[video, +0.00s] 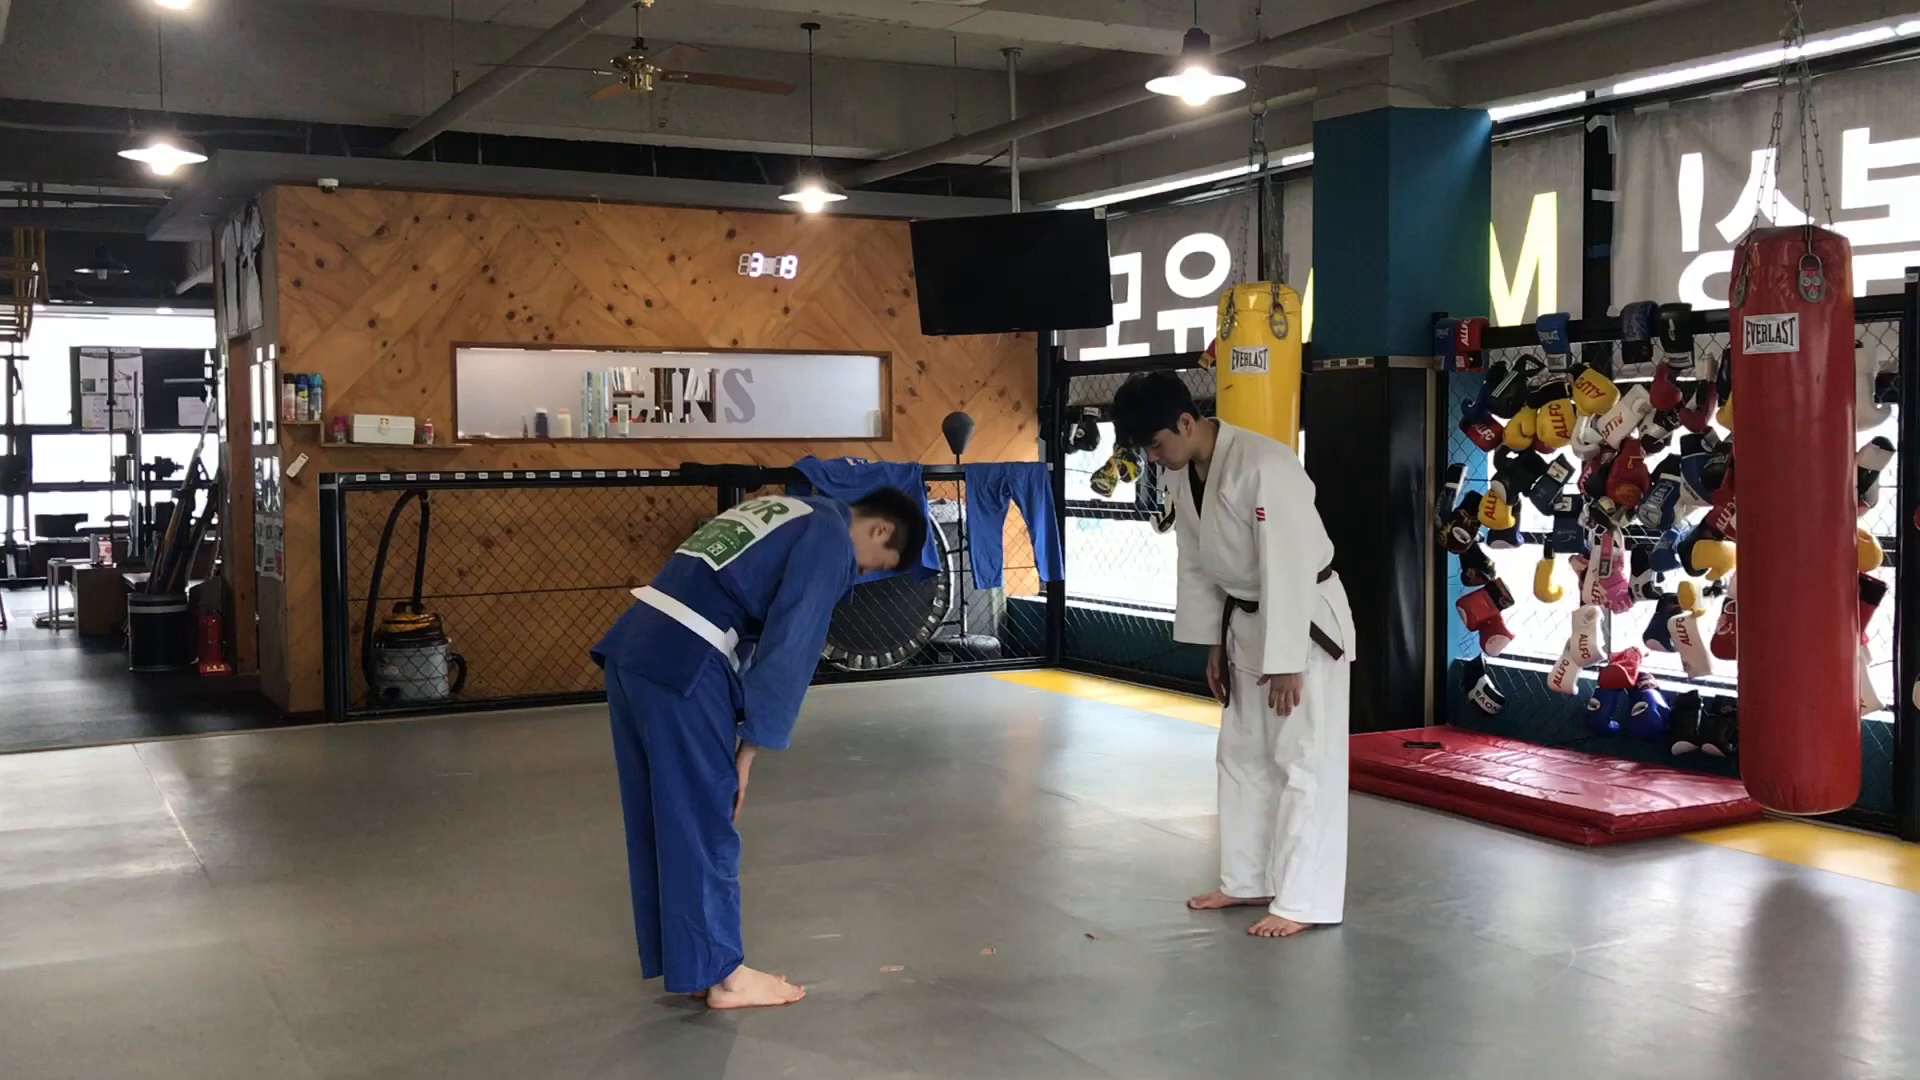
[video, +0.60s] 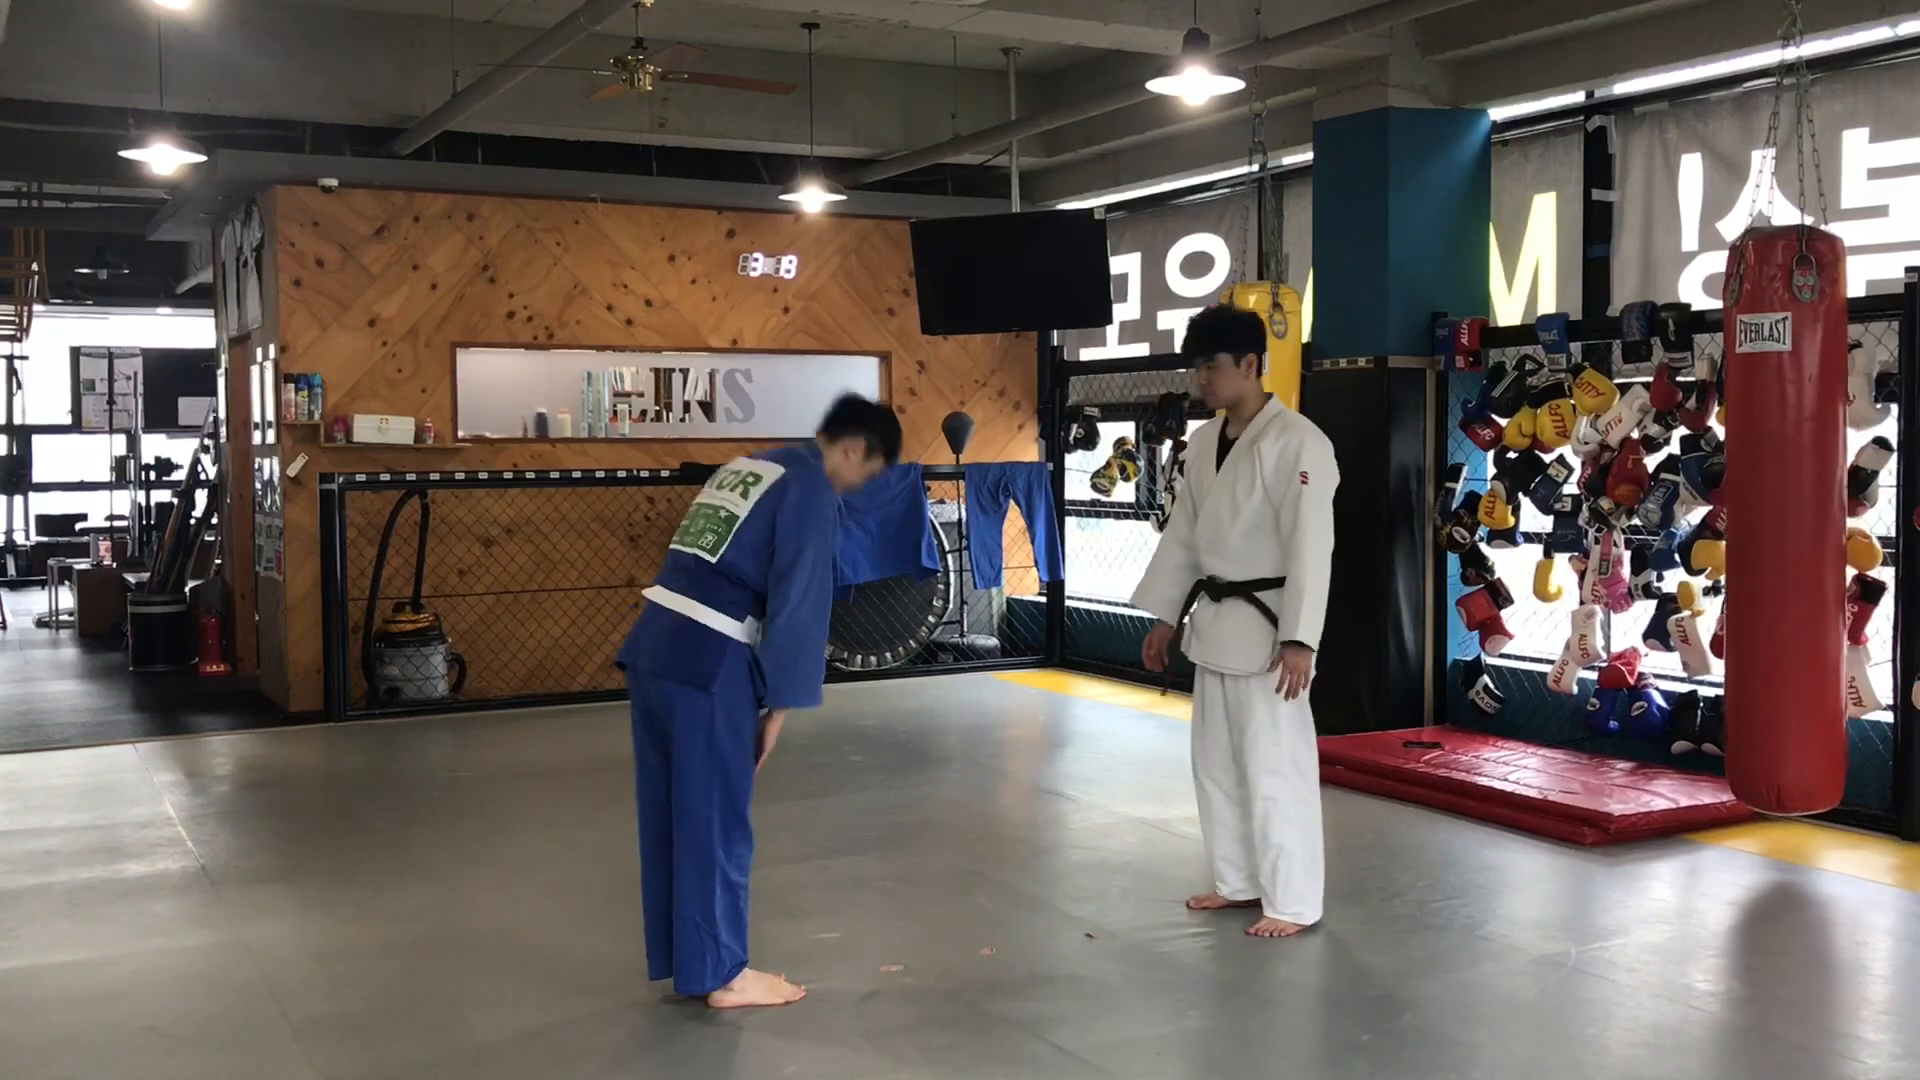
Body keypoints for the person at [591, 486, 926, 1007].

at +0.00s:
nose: (865, 573)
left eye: (879, 570)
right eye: (880, 562)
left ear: (868, 515)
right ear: (880, 528)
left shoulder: (779, 506)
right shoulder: (829, 536)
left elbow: (733, 617)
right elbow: (790, 641)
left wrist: (736, 723)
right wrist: (749, 747)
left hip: (630, 656)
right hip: (683, 671)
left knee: (658, 817)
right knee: (708, 822)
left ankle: (686, 965)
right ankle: (723, 972)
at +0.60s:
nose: (862, 484)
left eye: (870, 474)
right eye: (868, 471)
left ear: (829, 435)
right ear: (853, 446)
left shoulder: (753, 464)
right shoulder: (810, 489)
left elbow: (719, 571)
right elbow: (796, 602)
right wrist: (781, 705)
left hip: (654, 657)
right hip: (708, 667)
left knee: (669, 815)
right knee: (719, 821)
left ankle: (679, 962)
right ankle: (722, 973)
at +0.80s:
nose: (828, 410)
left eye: (831, 397)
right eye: (829, 395)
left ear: (773, 382)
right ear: (805, 387)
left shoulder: (715, 447)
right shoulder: (785, 459)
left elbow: (714, 557)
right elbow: (801, 572)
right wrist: (811, 667)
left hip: (686, 656)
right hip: (740, 665)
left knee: (696, 811)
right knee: (743, 818)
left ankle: (700, 963)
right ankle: (732, 976)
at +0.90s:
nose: (811, 390)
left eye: (812, 377)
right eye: (809, 377)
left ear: (752, 374)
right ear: (782, 374)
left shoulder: (710, 443)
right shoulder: (775, 456)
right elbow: (803, 570)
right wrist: (821, 657)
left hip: (699, 656)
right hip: (750, 664)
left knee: (710, 814)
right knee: (758, 821)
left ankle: (705, 966)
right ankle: (740, 977)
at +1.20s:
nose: (812, 381)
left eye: (809, 368)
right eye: (808, 368)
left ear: (750, 376)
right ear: (783, 373)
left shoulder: (719, 453)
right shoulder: (787, 460)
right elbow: (812, 574)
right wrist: (835, 667)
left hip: (722, 664)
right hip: (773, 671)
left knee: (747, 814)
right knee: (772, 823)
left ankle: (738, 953)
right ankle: (740, 980)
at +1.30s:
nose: (825, 381)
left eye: (822, 368)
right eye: (820, 369)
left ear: (763, 376)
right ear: (796, 374)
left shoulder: (733, 452)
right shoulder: (803, 461)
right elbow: (825, 577)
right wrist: (850, 670)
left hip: (734, 660)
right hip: (785, 667)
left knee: (799, 799)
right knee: (773, 817)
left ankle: (817, 937)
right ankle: (739, 980)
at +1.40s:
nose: (840, 383)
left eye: (838, 371)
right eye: (834, 372)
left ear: (782, 379)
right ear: (809, 377)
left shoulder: (748, 456)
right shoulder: (820, 465)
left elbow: (762, 560)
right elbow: (848, 578)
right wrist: (879, 667)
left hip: (752, 658)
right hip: (801, 666)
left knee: (824, 796)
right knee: (784, 814)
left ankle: (866, 922)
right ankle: (740, 978)